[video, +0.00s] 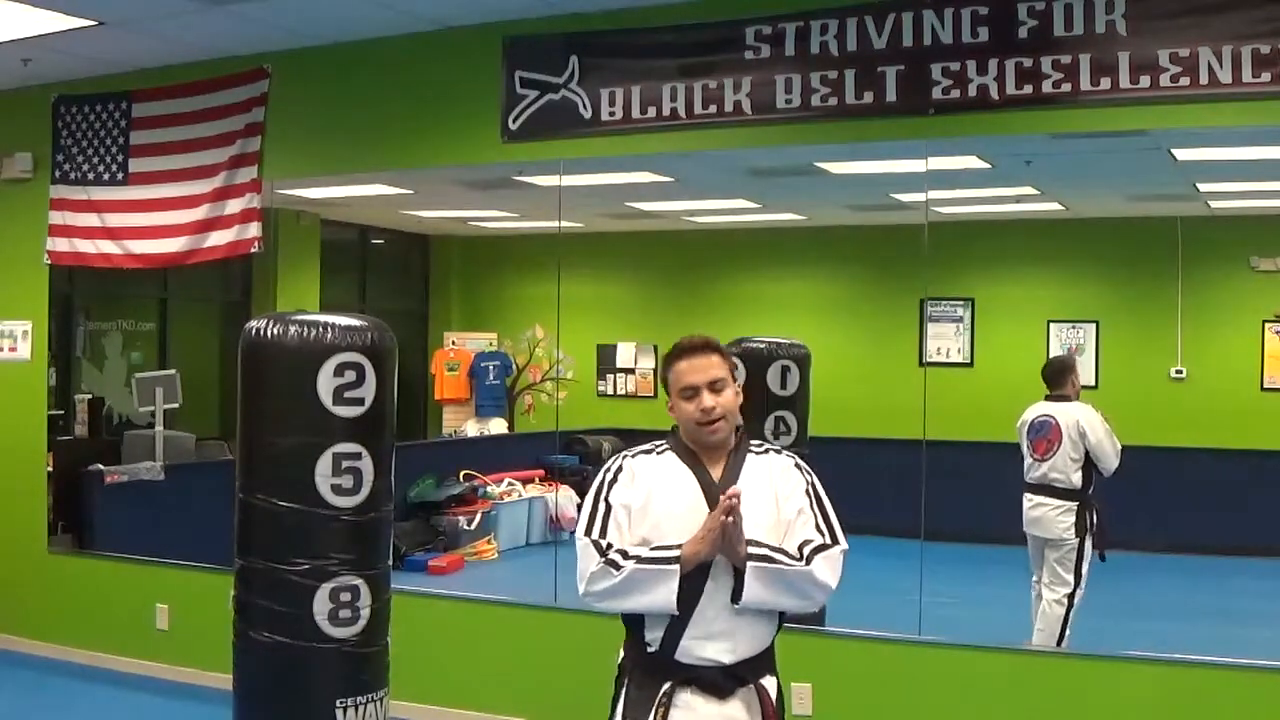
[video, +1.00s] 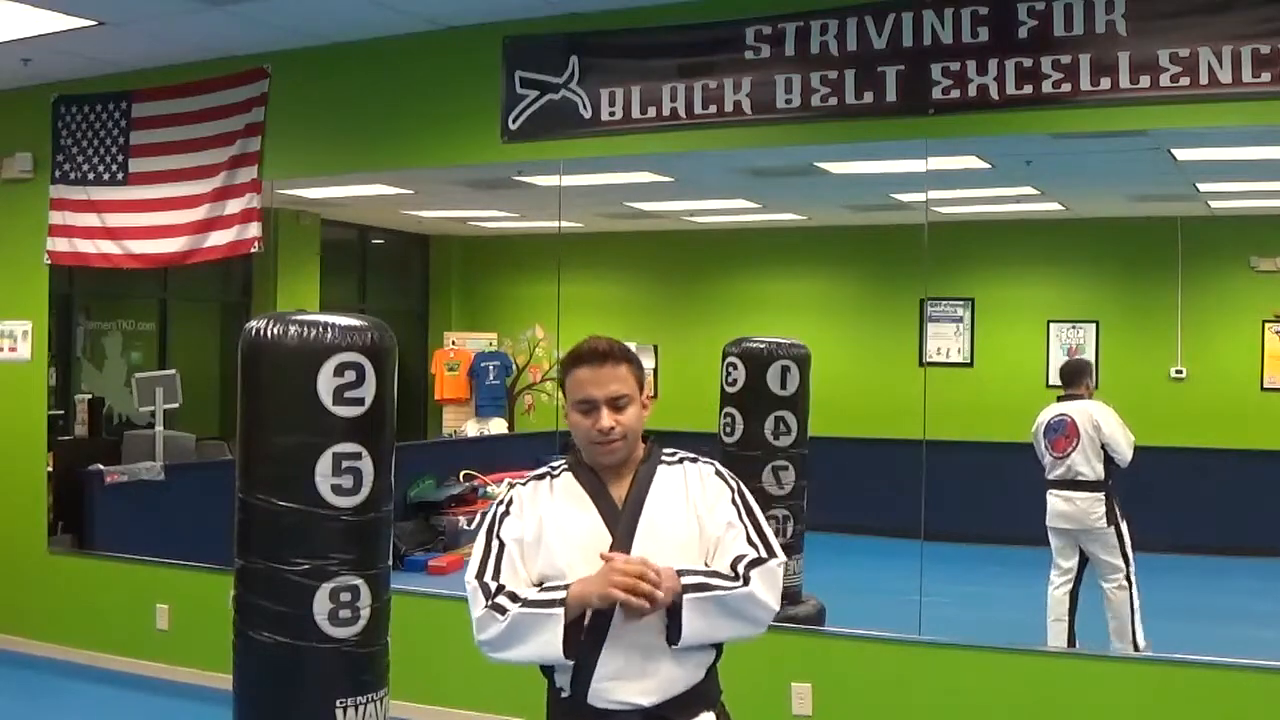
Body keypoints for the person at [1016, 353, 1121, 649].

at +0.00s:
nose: (1080, 380)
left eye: (1077, 375)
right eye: (1077, 375)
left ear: (1048, 383)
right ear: (1072, 381)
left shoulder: (1030, 414)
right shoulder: (1084, 416)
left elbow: (1030, 454)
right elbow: (1109, 463)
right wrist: (1102, 425)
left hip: (1033, 510)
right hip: (1067, 515)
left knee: (1039, 582)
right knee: (1060, 589)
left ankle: (1039, 648)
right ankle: (1044, 656)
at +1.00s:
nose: (1094, 385)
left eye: (1092, 380)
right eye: (1093, 380)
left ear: (1063, 384)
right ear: (1088, 383)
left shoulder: (1045, 415)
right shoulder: (1098, 411)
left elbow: (1045, 457)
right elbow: (1124, 455)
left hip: (1056, 501)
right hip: (1094, 503)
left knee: (1061, 576)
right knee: (1117, 577)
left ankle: (1058, 649)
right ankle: (1128, 650)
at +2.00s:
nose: (1167, 385)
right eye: (1169, 380)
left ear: (1143, 382)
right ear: (1170, 382)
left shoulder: (1120, 411)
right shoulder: (1184, 415)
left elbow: (1107, 456)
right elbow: (1200, 460)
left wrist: (1136, 452)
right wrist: (1172, 455)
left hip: (1124, 501)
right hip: (1160, 504)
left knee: (1119, 567)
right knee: (1151, 573)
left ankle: (1116, 636)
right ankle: (1138, 647)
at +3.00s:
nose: (1188, 381)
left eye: (1185, 376)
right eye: (1187, 377)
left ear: (1160, 383)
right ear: (1185, 381)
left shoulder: (1145, 415)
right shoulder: (1202, 412)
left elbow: (1138, 458)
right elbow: (1223, 455)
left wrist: (1165, 453)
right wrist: (1196, 450)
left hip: (1156, 495)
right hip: (1192, 498)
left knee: (1151, 564)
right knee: (1210, 566)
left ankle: (1147, 636)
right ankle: (1229, 635)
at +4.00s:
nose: (1181, 391)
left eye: (1177, 387)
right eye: (1180, 388)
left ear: (1152, 393)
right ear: (1177, 392)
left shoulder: (1134, 426)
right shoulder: (1195, 426)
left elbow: (1117, 472)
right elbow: (1212, 472)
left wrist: (1141, 481)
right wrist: (1200, 490)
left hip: (1145, 506)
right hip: (1183, 507)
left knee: (1134, 574)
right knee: (1203, 572)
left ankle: (1132, 644)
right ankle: (1220, 634)